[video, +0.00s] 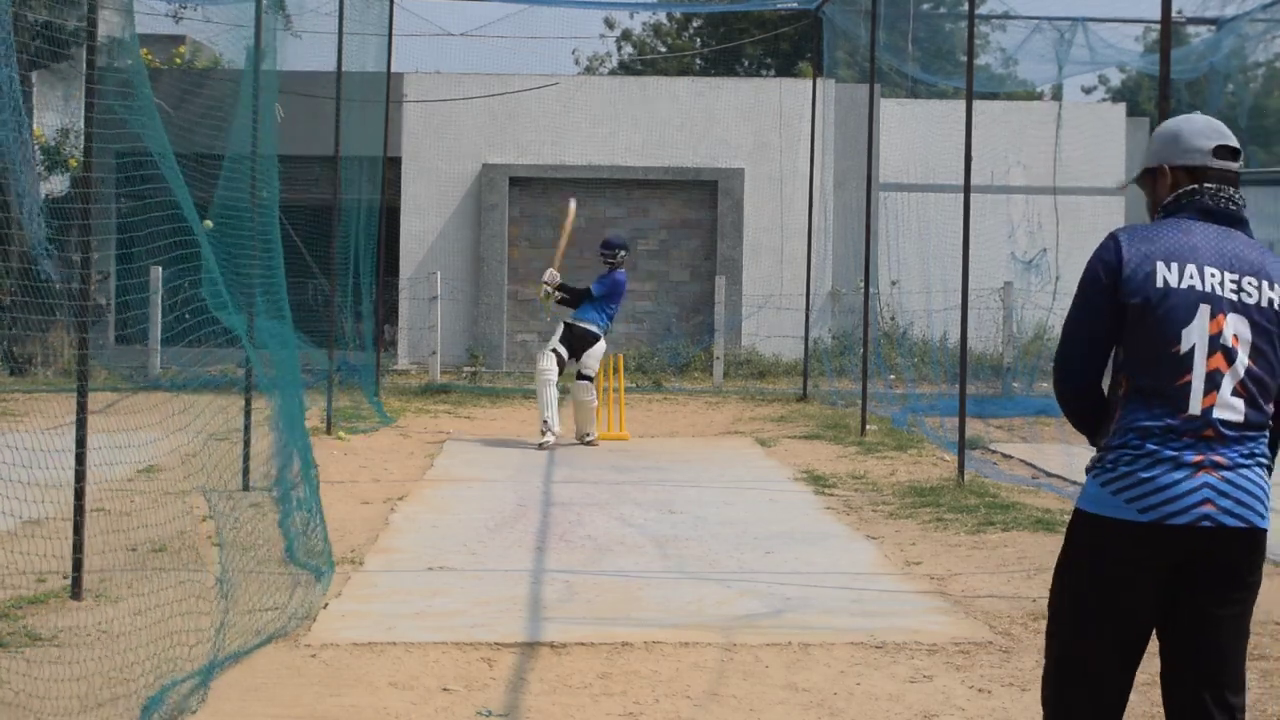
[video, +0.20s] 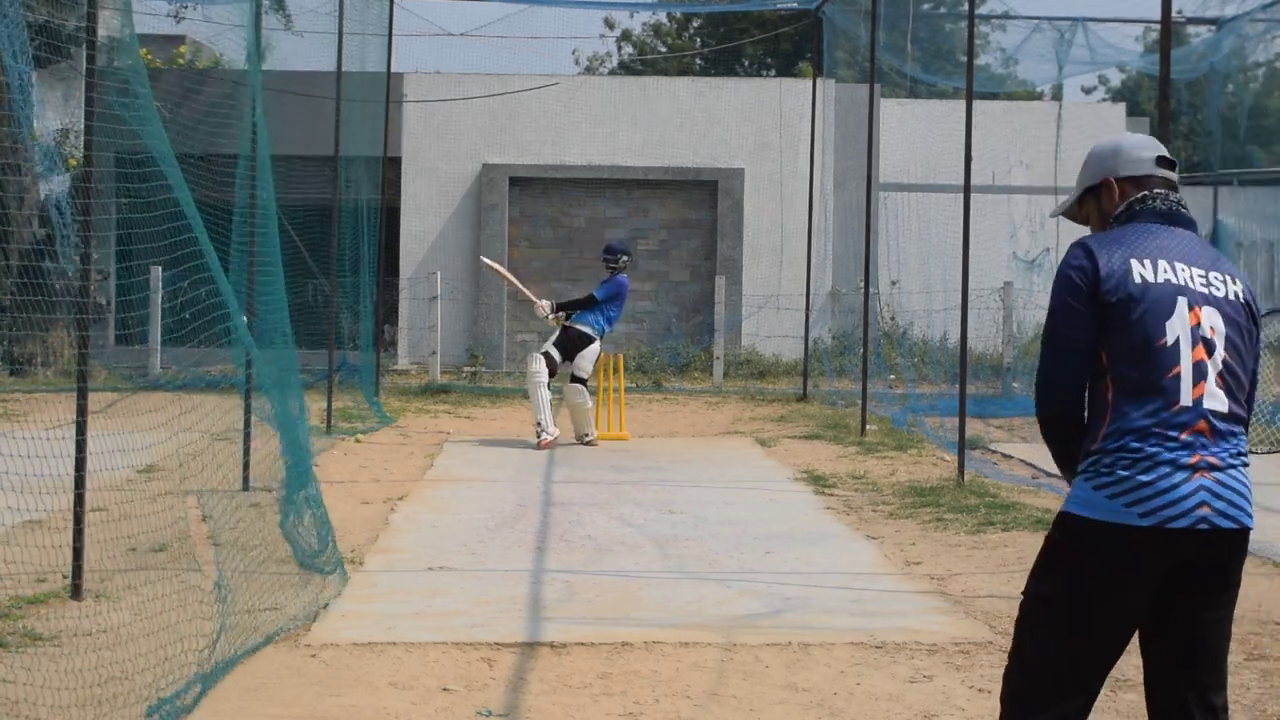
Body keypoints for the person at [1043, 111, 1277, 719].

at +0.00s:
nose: (1148, 195)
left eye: (1151, 181)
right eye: (1149, 182)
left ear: (1172, 178)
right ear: (1227, 181)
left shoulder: (1128, 248)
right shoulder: (1272, 267)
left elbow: (1073, 378)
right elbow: (1273, 398)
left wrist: (1122, 440)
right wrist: (1233, 446)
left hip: (1128, 512)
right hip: (1237, 516)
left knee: (1080, 698)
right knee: (1212, 701)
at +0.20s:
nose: (1089, 226)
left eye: (1089, 210)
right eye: (1085, 214)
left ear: (1113, 193)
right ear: (1167, 193)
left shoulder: (1097, 254)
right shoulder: (1235, 276)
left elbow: (1056, 397)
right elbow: (1238, 406)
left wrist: (1093, 477)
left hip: (1120, 510)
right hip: (1222, 516)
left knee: (1041, 696)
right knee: (1196, 701)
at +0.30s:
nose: (1045, 243)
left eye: (1045, 227)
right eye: (1041, 231)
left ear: (1067, 203)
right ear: (1123, 205)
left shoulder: (1057, 263)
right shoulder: (1197, 277)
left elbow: (1028, 399)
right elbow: (1216, 410)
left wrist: (1009, 502)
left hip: (1101, 515)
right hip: (1205, 520)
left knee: (1014, 699)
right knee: (1181, 703)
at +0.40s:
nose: (1007, 261)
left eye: (1006, 246)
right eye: (1002, 250)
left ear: (1028, 220)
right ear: (1084, 217)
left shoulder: (1019, 280)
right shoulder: (1159, 281)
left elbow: (989, 416)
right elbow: (1193, 409)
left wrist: (954, 536)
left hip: (1082, 523)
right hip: (1187, 524)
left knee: (994, 705)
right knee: (1173, 707)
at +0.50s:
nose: (961, 288)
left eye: (960, 275)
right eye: (958, 278)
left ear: (980, 250)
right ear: (1037, 241)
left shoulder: (973, 306)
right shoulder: (1117, 294)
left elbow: (938, 451)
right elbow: (1166, 418)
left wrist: (897, 575)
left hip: (1059, 535)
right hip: (1166, 534)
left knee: (982, 706)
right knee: (1163, 708)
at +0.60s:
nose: (880, 365)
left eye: (877, 352)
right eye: (875, 356)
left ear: (892, 315)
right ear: (955, 302)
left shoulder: (892, 368)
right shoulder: (1038, 325)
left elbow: (857, 518)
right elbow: (1117, 425)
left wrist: (817, 648)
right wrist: (1132, 512)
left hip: (1018, 549)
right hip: (1134, 541)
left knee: (944, 709)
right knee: (1147, 709)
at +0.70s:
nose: (835, 411)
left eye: (831, 397)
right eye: (831, 399)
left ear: (843, 374)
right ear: (898, 343)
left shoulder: (848, 423)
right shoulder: (980, 350)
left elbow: (815, 569)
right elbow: (1076, 428)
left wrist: (772, 700)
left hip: (996, 557)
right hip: (1118, 539)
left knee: (922, 710)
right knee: (1146, 709)